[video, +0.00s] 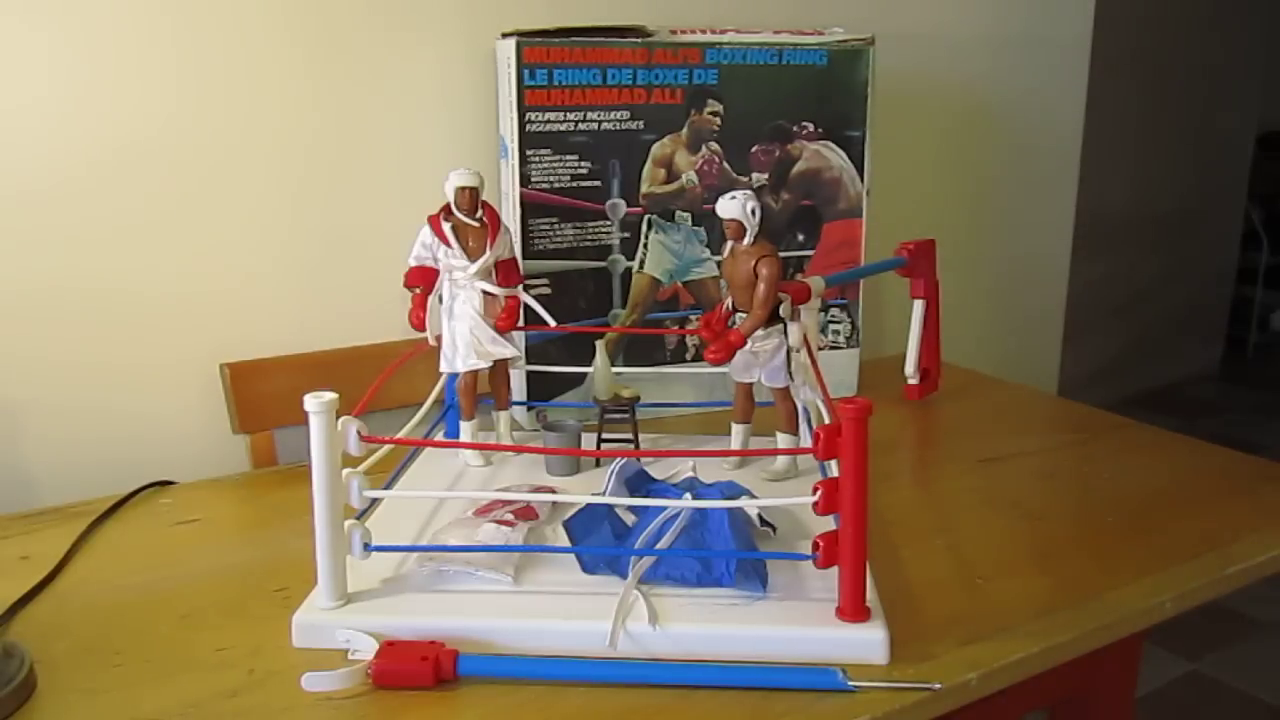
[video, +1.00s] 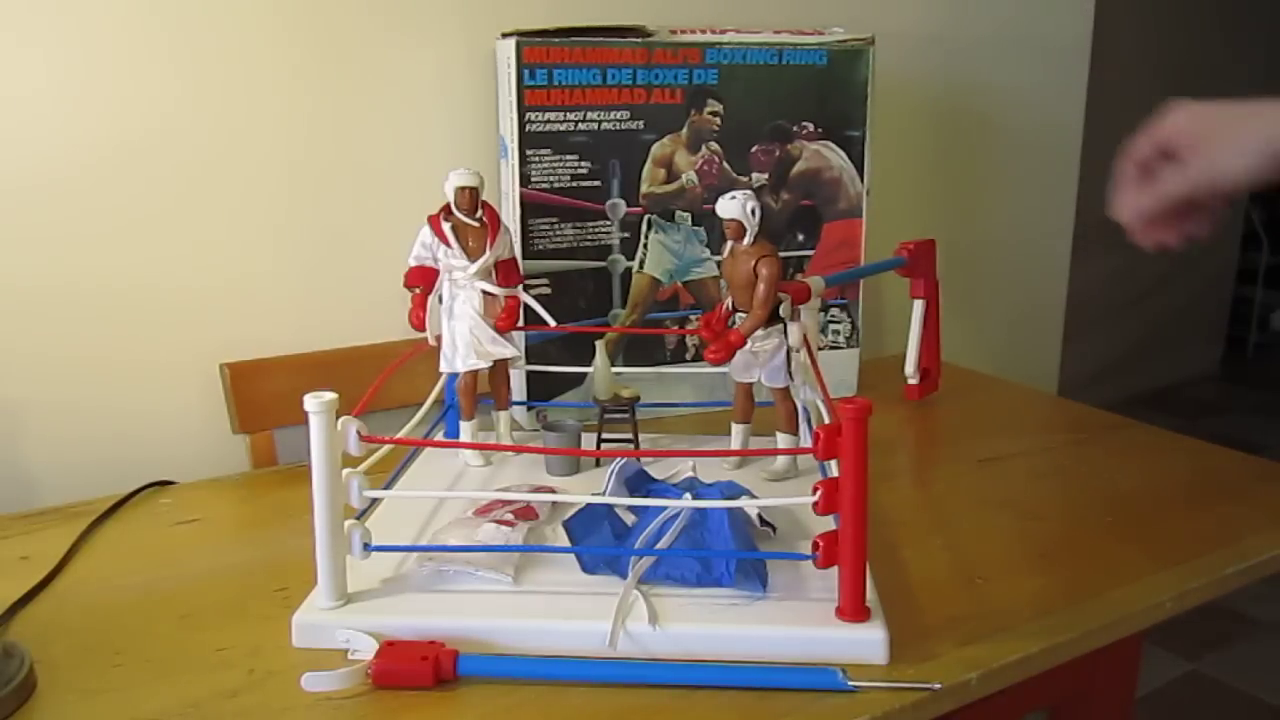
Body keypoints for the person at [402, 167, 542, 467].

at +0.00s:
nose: (467, 198)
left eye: (472, 191)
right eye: (461, 192)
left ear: (480, 194)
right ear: (451, 196)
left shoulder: (496, 228)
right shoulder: (436, 229)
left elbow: (508, 269)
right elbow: (422, 267)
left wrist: (511, 304)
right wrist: (419, 302)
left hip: (492, 301)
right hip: (458, 302)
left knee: (500, 362)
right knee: (469, 369)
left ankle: (505, 431)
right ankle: (468, 440)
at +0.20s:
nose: (467, 198)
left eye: (472, 191)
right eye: (461, 192)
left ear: (480, 195)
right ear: (451, 196)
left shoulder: (496, 228)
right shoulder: (436, 230)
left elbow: (508, 269)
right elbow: (422, 268)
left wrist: (511, 305)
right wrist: (419, 303)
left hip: (492, 301)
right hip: (458, 302)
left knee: (500, 362)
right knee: (468, 369)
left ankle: (505, 432)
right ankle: (468, 440)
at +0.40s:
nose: (467, 198)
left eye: (472, 191)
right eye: (461, 191)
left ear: (480, 194)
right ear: (451, 195)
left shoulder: (496, 228)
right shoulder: (436, 230)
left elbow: (508, 268)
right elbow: (422, 268)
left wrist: (512, 304)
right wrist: (419, 303)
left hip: (492, 302)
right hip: (458, 303)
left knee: (500, 363)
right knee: (469, 369)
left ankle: (504, 432)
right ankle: (469, 440)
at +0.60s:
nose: (467, 198)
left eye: (471, 191)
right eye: (461, 192)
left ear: (480, 194)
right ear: (451, 195)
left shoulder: (495, 227)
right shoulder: (436, 229)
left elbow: (509, 268)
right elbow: (422, 268)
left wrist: (512, 304)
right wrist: (419, 303)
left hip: (493, 302)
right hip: (458, 303)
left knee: (500, 363)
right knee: (469, 369)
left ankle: (504, 431)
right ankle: (469, 440)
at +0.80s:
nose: (467, 198)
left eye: (472, 191)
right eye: (461, 192)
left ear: (480, 194)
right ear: (451, 195)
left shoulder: (495, 227)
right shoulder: (436, 229)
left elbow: (509, 268)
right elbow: (422, 268)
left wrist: (512, 304)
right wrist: (419, 303)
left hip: (493, 302)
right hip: (458, 303)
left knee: (500, 363)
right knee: (469, 369)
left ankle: (504, 431)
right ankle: (469, 440)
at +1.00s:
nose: (467, 198)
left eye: (472, 191)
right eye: (461, 191)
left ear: (480, 194)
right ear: (451, 195)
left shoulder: (496, 227)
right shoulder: (436, 229)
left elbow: (508, 268)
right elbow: (422, 267)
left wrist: (512, 303)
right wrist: (419, 302)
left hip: (492, 302)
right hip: (458, 303)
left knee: (500, 363)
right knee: (469, 369)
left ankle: (504, 432)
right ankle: (469, 440)